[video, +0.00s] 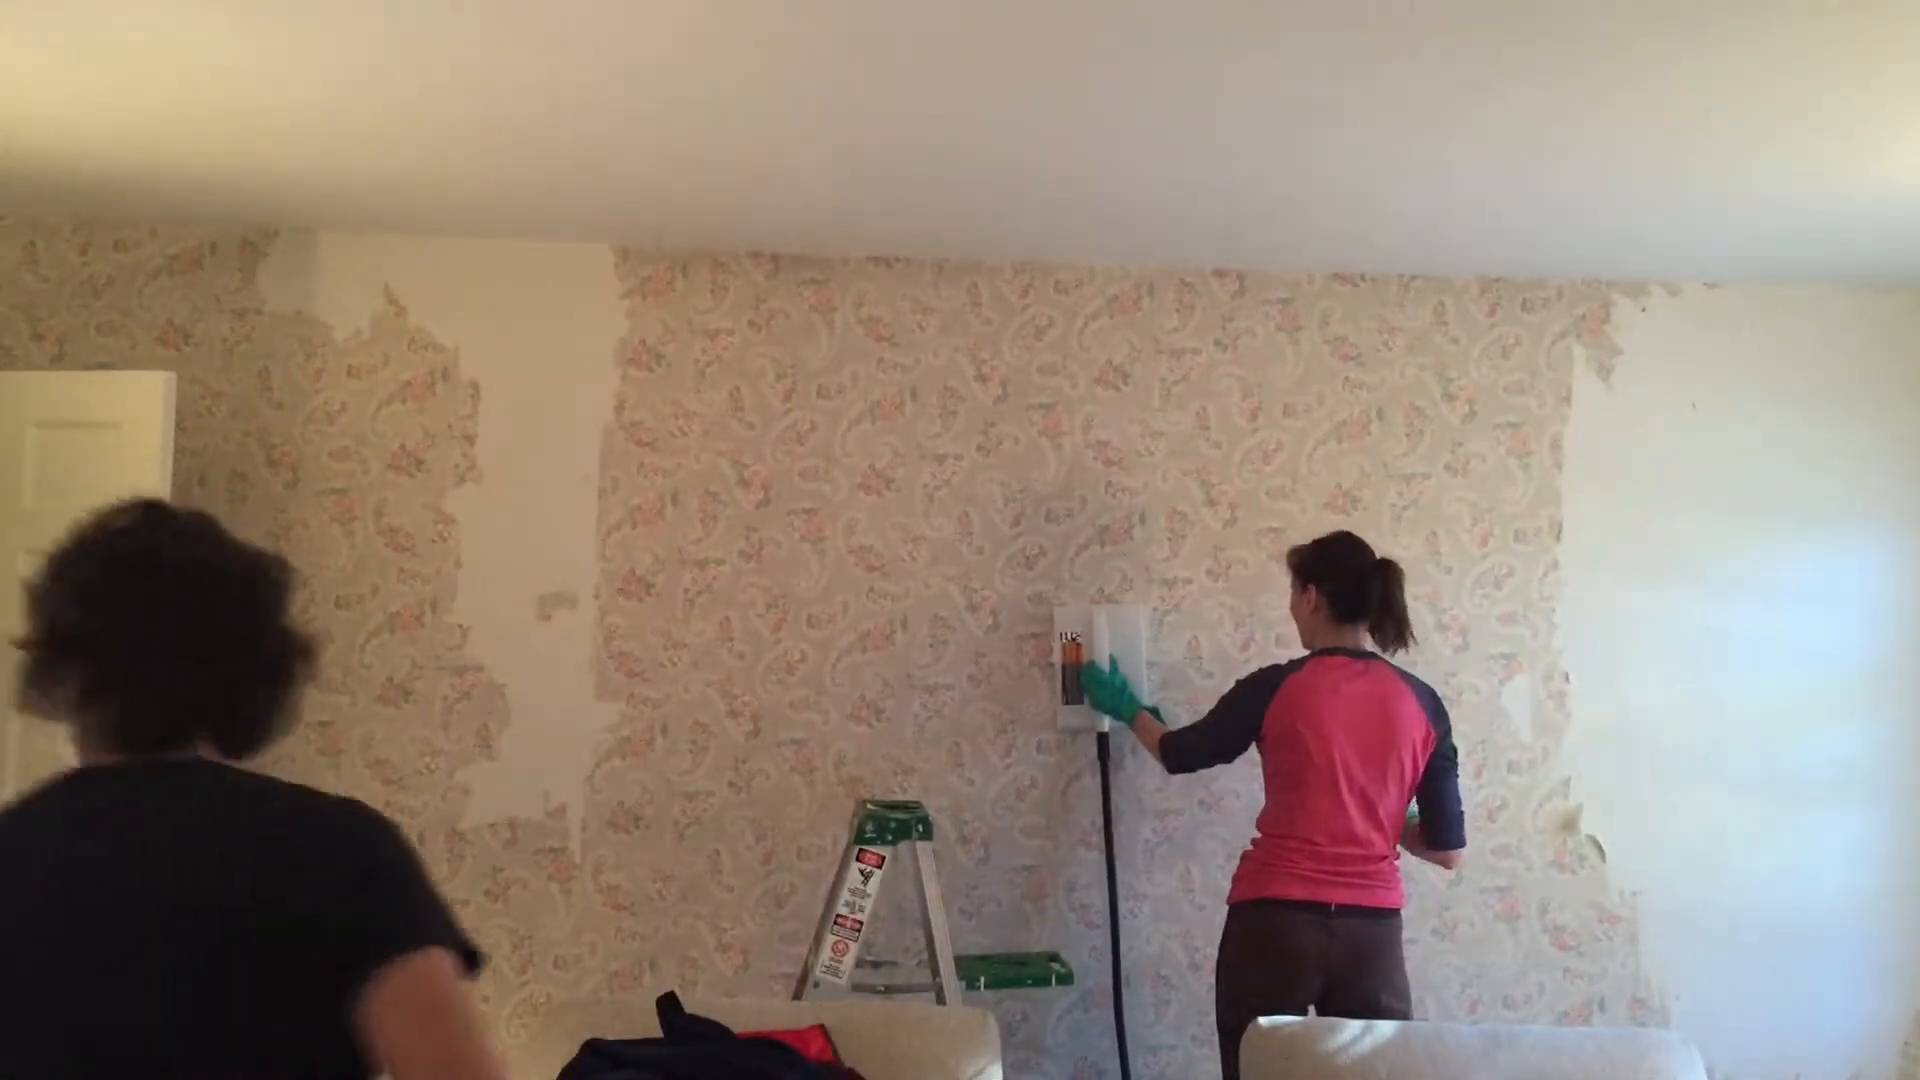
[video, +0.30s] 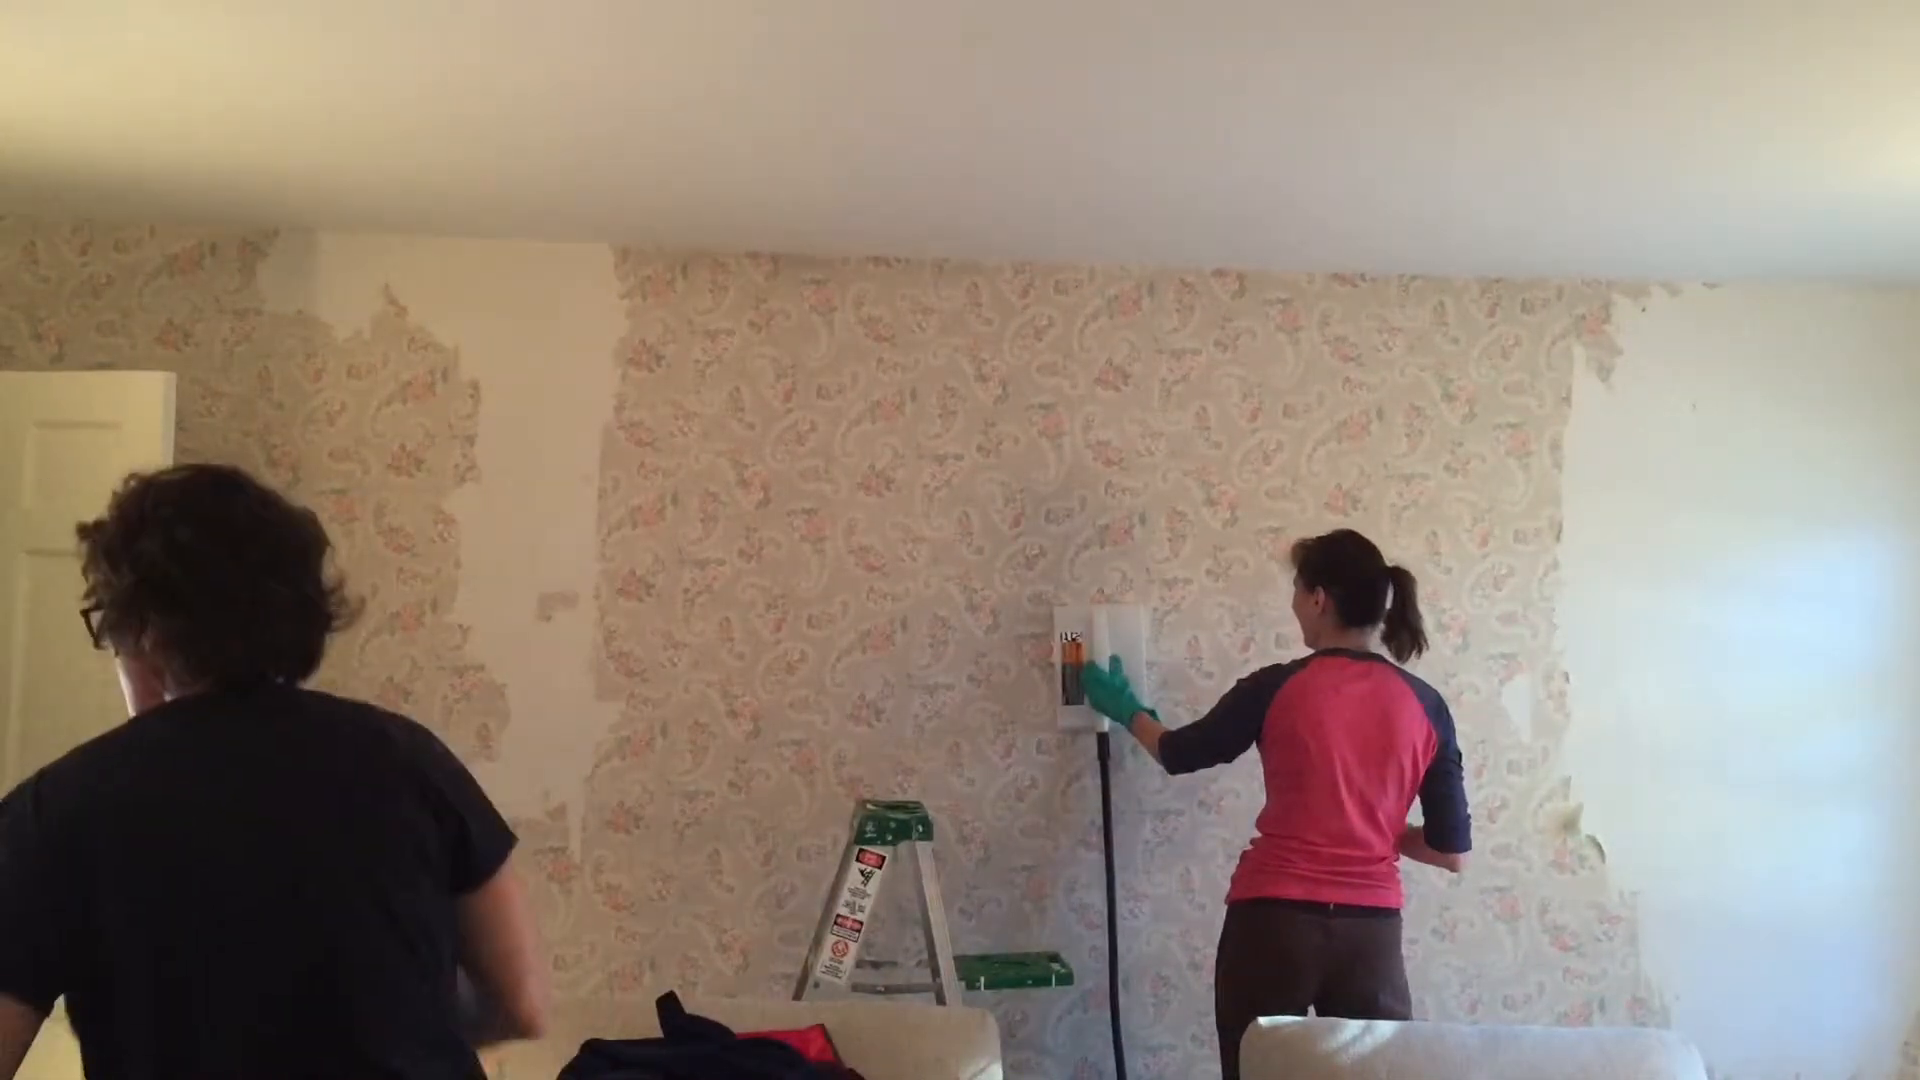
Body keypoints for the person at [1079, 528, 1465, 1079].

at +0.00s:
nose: (1291, 606)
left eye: (1294, 590)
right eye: (1293, 590)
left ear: (1313, 596)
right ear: (1370, 598)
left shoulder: (1275, 685)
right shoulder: (1425, 704)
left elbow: (1177, 753)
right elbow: (1446, 848)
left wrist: (1128, 709)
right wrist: (1378, 815)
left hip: (1270, 933)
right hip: (1371, 940)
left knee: (1254, 1073)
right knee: (1380, 1076)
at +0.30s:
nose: (1294, 604)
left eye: (1298, 589)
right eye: (1296, 589)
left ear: (1320, 599)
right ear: (1378, 603)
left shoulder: (1277, 685)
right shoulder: (1427, 705)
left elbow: (1178, 752)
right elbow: (1451, 850)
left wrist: (1125, 710)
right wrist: (1377, 828)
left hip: (1268, 932)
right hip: (1370, 940)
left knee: (1253, 1073)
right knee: (1378, 1076)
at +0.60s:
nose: (1296, 599)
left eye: (1300, 586)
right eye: (1299, 585)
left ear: (1320, 601)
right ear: (1380, 603)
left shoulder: (1277, 686)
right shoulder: (1428, 706)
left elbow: (1175, 755)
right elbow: (1451, 852)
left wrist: (1125, 711)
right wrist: (1377, 830)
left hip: (1268, 933)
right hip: (1371, 941)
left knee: (1253, 1073)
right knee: (1378, 1076)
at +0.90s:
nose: (1294, 598)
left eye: (1298, 586)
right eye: (1298, 585)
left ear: (1318, 605)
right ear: (1378, 604)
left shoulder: (1272, 687)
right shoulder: (1424, 705)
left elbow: (1172, 757)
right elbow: (1446, 851)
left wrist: (1125, 711)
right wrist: (1373, 830)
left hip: (1264, 932)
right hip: (1366, 940)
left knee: (1249, 1074)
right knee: (1379, 1076)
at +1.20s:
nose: (1296, 597)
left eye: (1298, 587)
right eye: (1302, 586)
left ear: (1303, 599)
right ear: (1376, 605)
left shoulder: (1257, 686)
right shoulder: (1409, 703)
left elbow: (1159, 768)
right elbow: (1437, 844)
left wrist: (1124, 713)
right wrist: (1392, 812)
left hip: (1259, 930)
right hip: (1361, 936)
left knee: (1247, 1075)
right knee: (1382, 1076)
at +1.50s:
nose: (1282, 600)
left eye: (1284, 592)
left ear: (1288, 604)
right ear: (1358, 609)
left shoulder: (1243, 688)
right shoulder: (1391, 698)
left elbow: (1137, 779)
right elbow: (1453, 809)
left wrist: (1119, 717)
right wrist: (1438, 749)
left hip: (1253, 925)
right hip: (1355, 930)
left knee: (1240, 1074)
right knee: (1382, 1075)